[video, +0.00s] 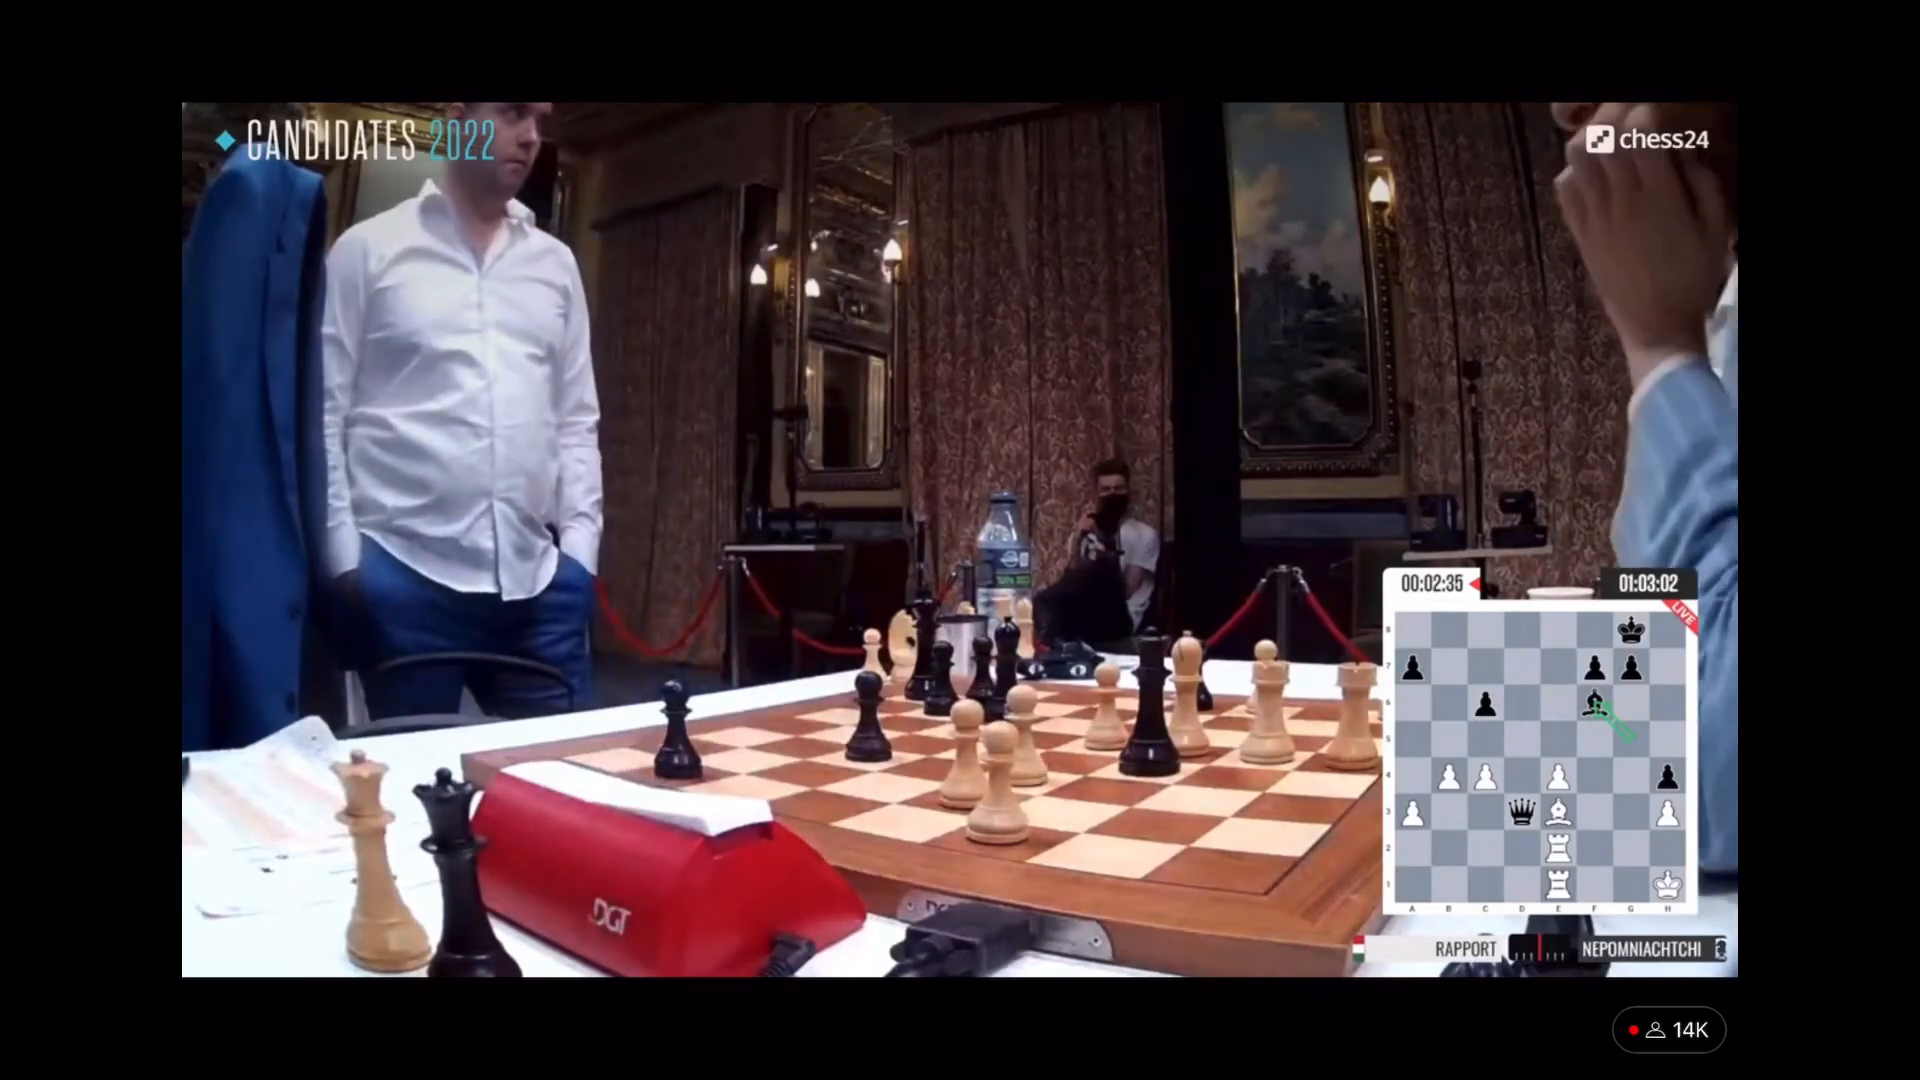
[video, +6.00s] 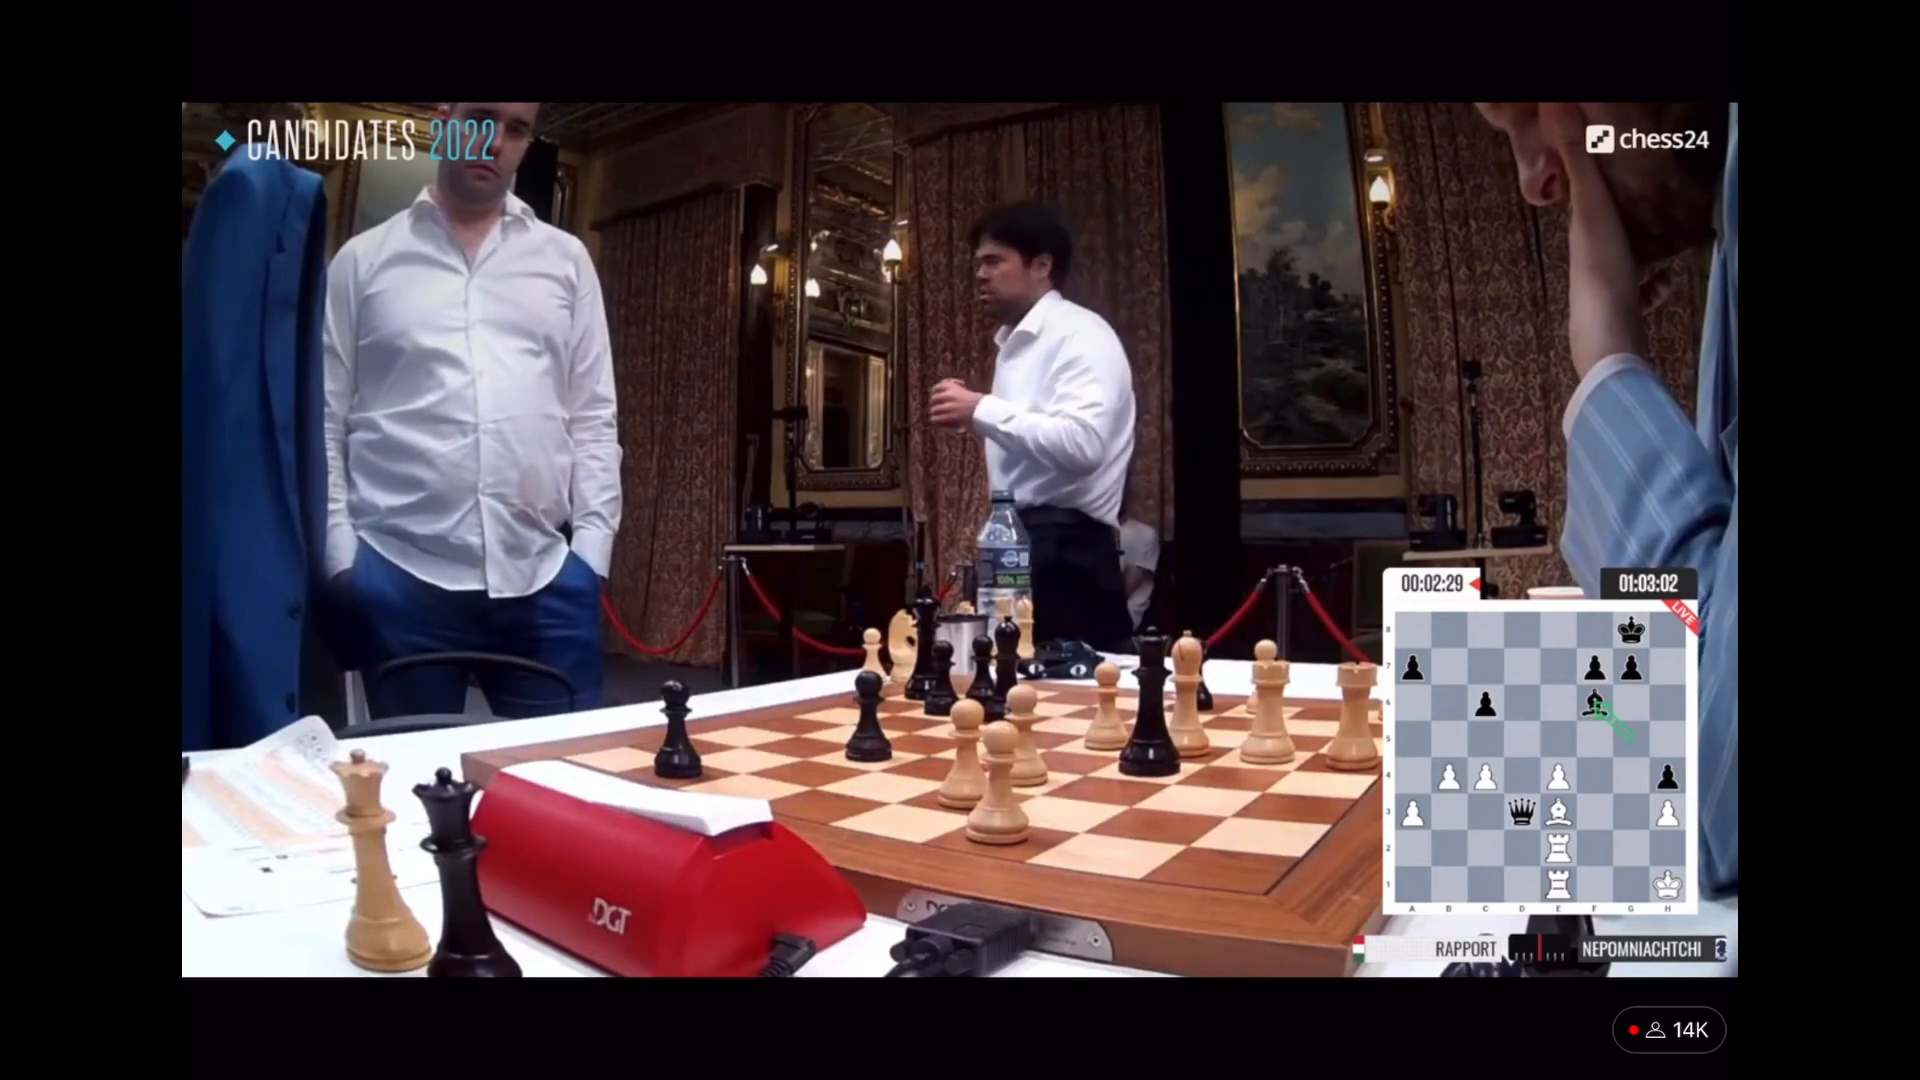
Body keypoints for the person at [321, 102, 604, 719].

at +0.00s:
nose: (533, 136)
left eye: (539, 120)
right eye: (514, 115)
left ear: (543, 133)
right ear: (458, 118)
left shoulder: (555, 263)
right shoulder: (365, 252)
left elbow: (577, 421)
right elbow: (325, 417)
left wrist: (578, 554)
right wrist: (345, 564)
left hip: (538, 583)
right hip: (404, 583)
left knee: (561, 789)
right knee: (418, 791)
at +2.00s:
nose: (495, 137)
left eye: (517, 124)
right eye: (481, 113)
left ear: (531, 140)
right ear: (440, 115)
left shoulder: (561, 254)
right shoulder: (356, 255)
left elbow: (588, 416)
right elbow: (321, 416)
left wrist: (584, 553)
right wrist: (335, 561)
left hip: (539, 583)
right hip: (394, 585)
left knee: (565, 791)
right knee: (408, 794)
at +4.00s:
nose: (497, 142)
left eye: (518, 128)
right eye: (482, 119)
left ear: (533, 142)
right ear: (442, 119)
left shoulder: (566, 257)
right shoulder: (364, 260)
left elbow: (594, 416)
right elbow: (327, 420)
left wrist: (591, 550)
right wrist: (345, 563)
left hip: (550, 583)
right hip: (405, 585)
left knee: (571, 790)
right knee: (417, 792)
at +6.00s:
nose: (492, 144)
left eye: (515, 130)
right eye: (479, 120)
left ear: (530, 145)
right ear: (442, 120)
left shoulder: (566, 259)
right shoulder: (362, 262)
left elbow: (594, 417)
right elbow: (325, 421)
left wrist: (589, 553)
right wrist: (342, 562)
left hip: (548, 584)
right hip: (402, 586)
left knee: (570, 789)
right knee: (414, 793)